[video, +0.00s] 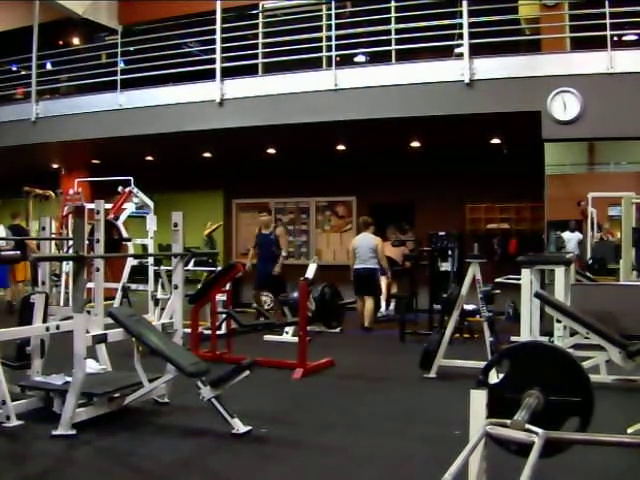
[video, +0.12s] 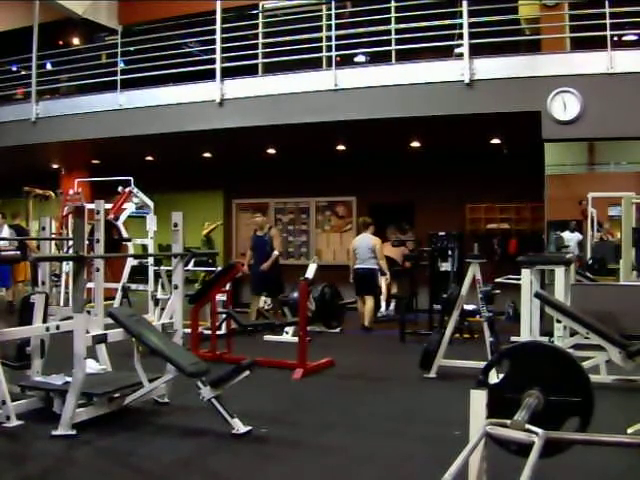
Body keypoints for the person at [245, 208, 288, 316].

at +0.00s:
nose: (262, 219)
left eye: (264, 216)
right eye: (260, 216)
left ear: (271, 217)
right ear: (258, 218)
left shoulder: (278, 230)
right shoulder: (259, 230)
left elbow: (284, 249)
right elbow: (253, 247)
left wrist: (279, 265)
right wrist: (249, 261)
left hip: (273, 265)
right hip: (261, 265)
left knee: (275, 292)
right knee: (257, 291)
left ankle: (278, 314)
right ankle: (259, 313)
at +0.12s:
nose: (255, 222)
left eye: (257, 218)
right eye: (254, 219)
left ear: (264, 219)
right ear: (253, 222)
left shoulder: (272, 232)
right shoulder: (254, 234)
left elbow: (277, 250)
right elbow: (250, 250)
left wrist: (268, 263)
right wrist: (246, 263)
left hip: (270, 267)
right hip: (257, 267)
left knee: (274, 295)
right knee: (255, 295)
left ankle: (278, 318)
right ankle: (252, 320)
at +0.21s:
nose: (251, 225)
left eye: (253, 223)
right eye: (250, 223)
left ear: (259, 222)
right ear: (249, 224)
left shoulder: (268, 232)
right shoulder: (250, 235)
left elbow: (273, 251)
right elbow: (246, 251)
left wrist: (263, 263)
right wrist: (244, 263)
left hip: (267, 267)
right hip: (253, 268)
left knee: (271, 295)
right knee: (253, 296)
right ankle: (252, 321)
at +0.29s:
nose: (246, 221)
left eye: (249, 218)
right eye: (244, 218)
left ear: (255, 218)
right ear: (243, 220)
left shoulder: (263, 231)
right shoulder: (245, 234)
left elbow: (268, 251)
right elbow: (243, 251)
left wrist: (260, 264)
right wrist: (240, 262)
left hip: (260, 266)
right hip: (248, 266)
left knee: (262, 295)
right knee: (249, 294)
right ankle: (250, 320)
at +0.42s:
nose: (241, 219)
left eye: (243, 216)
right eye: (239, 216)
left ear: (249, 217)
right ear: (238, 219)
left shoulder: (258, 230)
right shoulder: (238, 233)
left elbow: (265, 250)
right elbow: (234, 250)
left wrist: (259, 266)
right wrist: (230, 263)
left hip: (255, 267)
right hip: (242, 267)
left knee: (256, 296)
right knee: (243, 296)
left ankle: (256, 321)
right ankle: (245, 322)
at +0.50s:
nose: (237, 217)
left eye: (240, 214)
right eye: (236, 214)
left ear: (246, 215)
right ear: (234, 217)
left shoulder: (254, 229)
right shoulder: (233, 231)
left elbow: (263, 250)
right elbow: (229, 246)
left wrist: (260, 267)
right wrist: (226, 258)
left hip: (251, 266)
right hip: (238, 266)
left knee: (249, 294)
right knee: (238, 295)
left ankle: (254, 319)